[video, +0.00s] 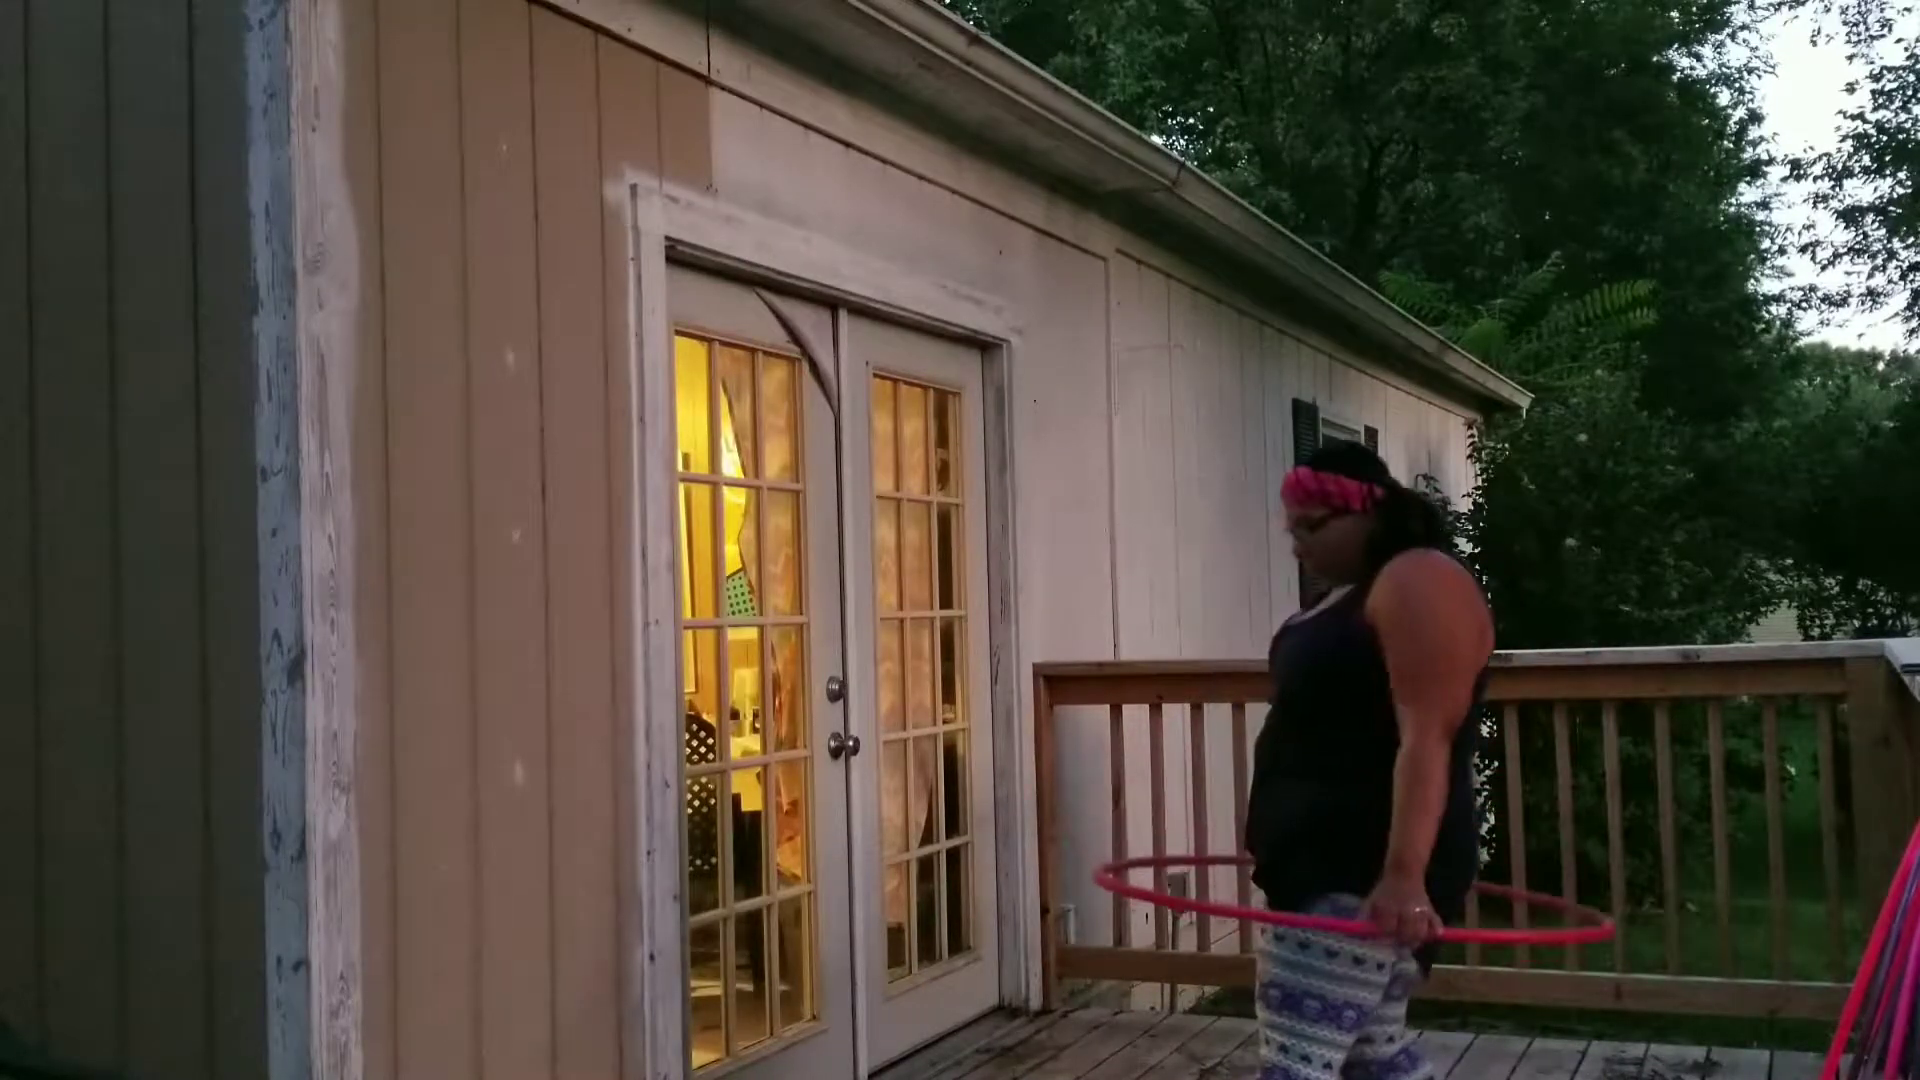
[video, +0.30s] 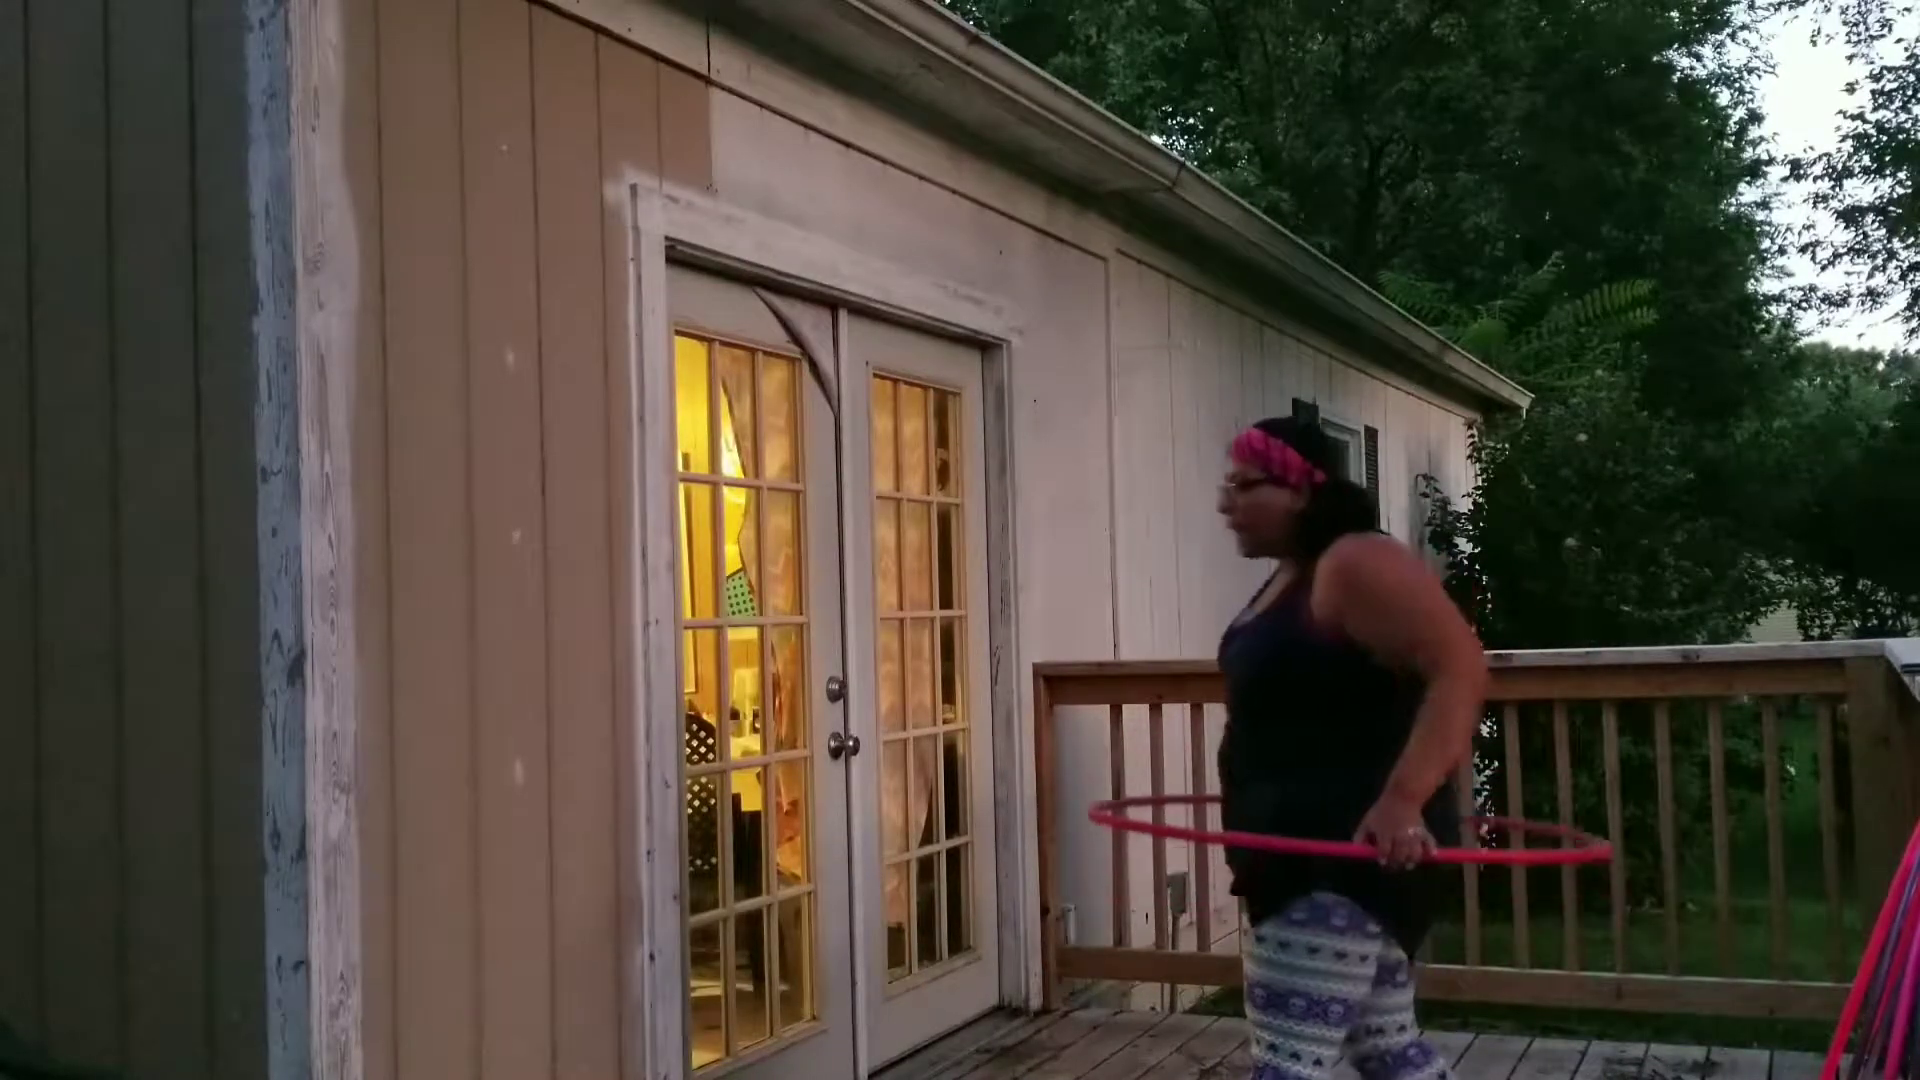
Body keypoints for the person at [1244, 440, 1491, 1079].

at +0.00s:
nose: (1299, 546)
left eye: (1310, 527)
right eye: (1294, 531)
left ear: (1365, 512)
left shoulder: (1421, 580)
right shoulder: (1346, 596)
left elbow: (1427, 737)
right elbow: (1318, 734)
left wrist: (1404, 874)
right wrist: (1274, 836)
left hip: (1354, 880)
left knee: (1297, 1061)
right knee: (1377, 1055)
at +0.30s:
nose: (1225, 502)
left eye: (1241, 486)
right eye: (1227, 486)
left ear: (1299, 492)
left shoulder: (1357, 563)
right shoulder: (1285, 583)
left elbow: (1462, 666)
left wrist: (1403, 798)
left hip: (1338, 871)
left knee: (1292, 1064)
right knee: (1389, 1050)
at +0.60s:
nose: (1138, 509)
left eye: (1154, 490)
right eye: (1140, 492)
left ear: (1208, 493)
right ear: (1199, 497)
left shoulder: (1263, 558)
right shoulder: (1215, 587)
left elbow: (1405, 583)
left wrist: (1385, 723)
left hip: (1307, 866)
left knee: (1274, 1066)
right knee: (1402, 1052)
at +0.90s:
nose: (1155, 515)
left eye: (1169, 497)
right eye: (1154, 500)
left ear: (1221, 493)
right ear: (1213, 497)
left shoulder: (1280, 557)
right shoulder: (1235, 584)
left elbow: (1403, 621)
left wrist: (1373, 772)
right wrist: (1229, 858)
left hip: (1304, 866)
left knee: (1274, 1066)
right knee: (1405, 1052)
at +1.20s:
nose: (1259, 499)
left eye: (1275, 481)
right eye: (1259, 482)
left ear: (1332, 483)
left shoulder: (1385, 559)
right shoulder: (1310, 576)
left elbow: (1419, 702)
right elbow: (1295, 727)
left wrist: (1391, 847)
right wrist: (1252, 851)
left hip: (1319, 873)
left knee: (1280, 1065)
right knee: (1393, 1052)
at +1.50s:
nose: (1369, 459)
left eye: (1395, 454)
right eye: (1376, 448)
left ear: (1435, 491)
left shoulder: (1440, 589)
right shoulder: (1367, 581)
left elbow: (1425, 739)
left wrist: (1416, 883)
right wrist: (1269, 860)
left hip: (1338, 877)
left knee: (1285, 1062)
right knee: (1383, 1053)